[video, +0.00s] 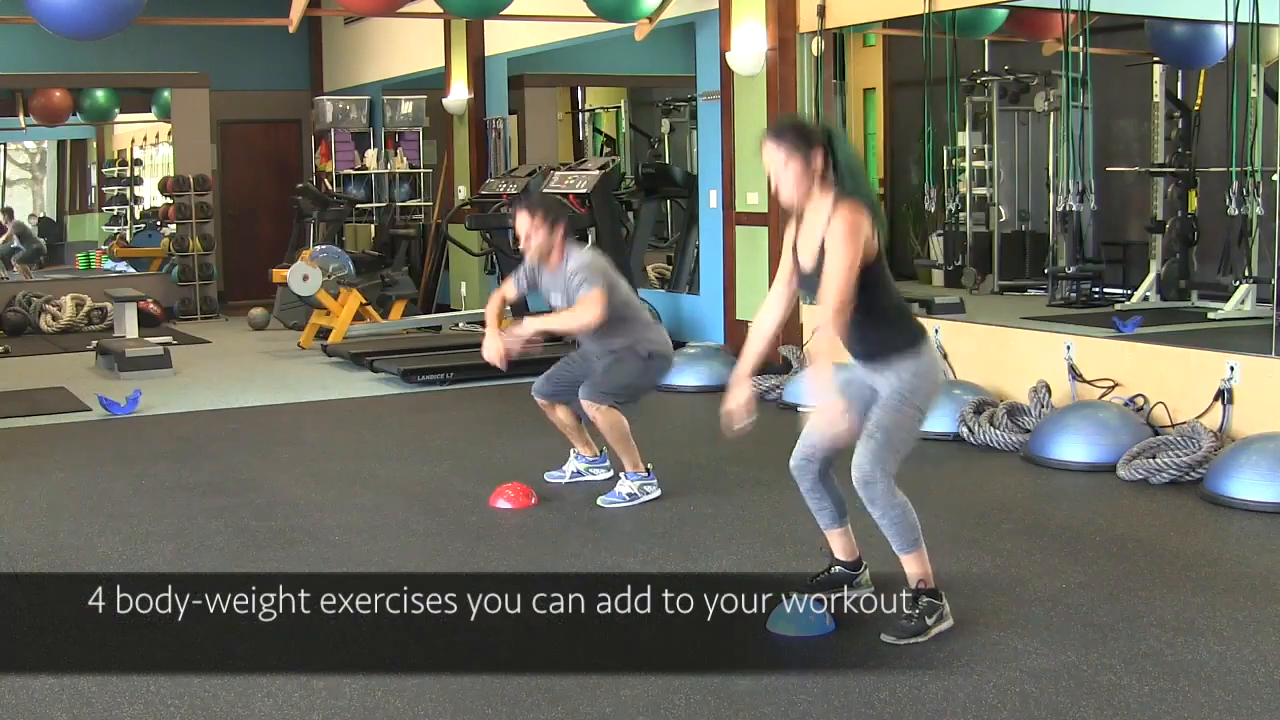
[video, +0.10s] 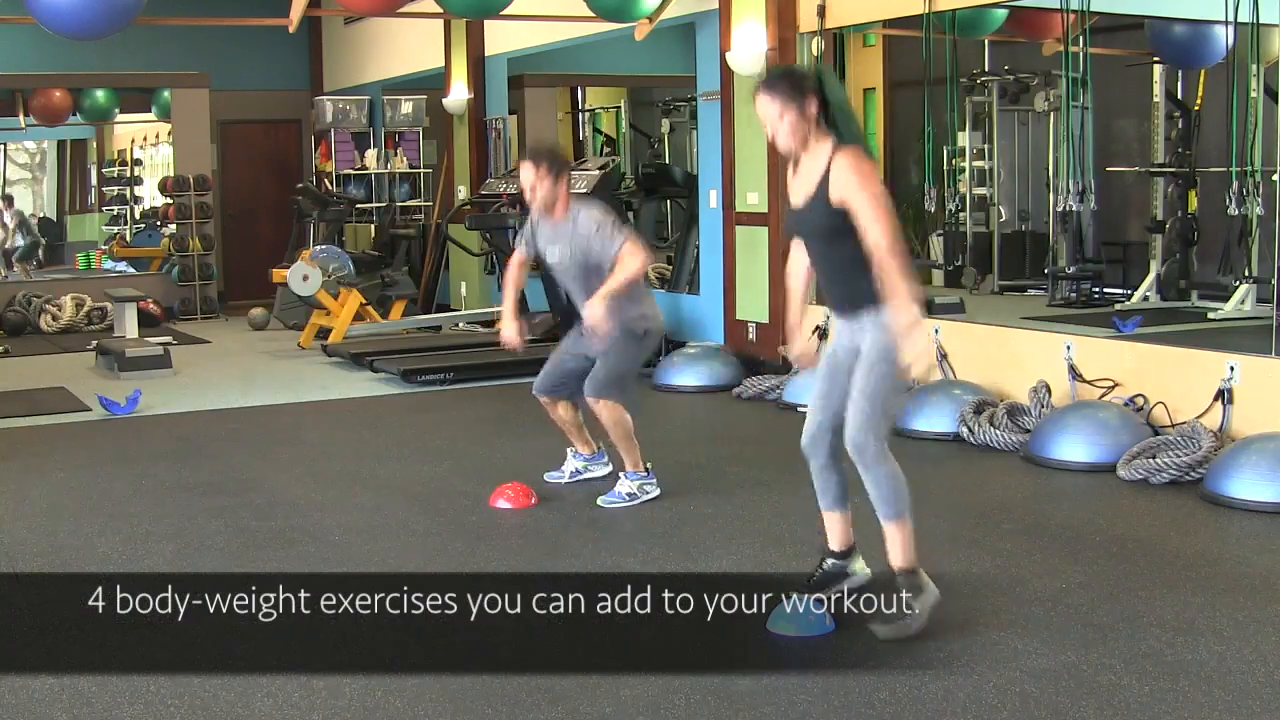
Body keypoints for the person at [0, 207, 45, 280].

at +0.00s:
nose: (1, 218)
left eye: (1, 216)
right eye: (1, 216)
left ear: (6, 216)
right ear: (8, 216)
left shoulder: (15, 225)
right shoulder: (14, 225)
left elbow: (4, 239)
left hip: (35, 247)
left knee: (18, 261)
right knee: (14, 260)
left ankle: (29, 279)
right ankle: (29, 279)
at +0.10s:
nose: (1, 205)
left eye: (2, 202)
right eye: (1, 203)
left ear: (7, 203)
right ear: (8, 203)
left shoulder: (16, 213)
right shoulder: (12, 214)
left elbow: (12, 229)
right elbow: (11, 229)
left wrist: (9, 243)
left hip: (32, 241)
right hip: (25, 241)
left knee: (17, 259)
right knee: (17, 259)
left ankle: (29, 278)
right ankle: (29, 278)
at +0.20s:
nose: (1, 194)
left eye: (3, 191)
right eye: (1, 191)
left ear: (8, 190)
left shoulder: (17, 199)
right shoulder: (8, 202)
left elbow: (24, 210)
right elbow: (8, 215)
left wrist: (24, 226)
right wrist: (11, 226)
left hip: (27, 229)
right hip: (19, 229)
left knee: (17, 253)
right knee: (20, 254)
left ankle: (26, 275)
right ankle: (26, 275)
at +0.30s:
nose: (2, 188)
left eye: (3, 186)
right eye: (2, 186)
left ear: (8, 184)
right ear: (8, 184)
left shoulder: (18, 192)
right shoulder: (11, 194)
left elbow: (29, 206)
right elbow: (17, 211)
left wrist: (33, 217)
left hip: (25, 223)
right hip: (22, 222)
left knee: (16, 249)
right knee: (24, 251)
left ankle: (19, 273)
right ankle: (28, 274)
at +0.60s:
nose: (8, 188)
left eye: (9, 185)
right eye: (7, 185)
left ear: (15, 184)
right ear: (14, 185)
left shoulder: (21, 193)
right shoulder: (19, 194)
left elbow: (28, 202)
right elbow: (21, 210)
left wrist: (26, 214)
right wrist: (8, 208)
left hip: (28, 227)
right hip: (27, 227)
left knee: (12, 250)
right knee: (25, 255)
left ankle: (16, 275)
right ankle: (31, 278)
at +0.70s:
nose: (9, 186)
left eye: (10, 183)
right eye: (8, 183)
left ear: (15, 182)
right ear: (15, 182)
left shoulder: (23, 192)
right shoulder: (19, 193)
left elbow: (23, 204)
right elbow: (17, 204)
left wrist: (11, 213)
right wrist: (6, 201)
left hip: (30, 225)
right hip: (29, 224)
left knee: (17, 249)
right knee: (26, 251)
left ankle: (28, 271)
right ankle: (30, 272)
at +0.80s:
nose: (9, 189)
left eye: (10, 186)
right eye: (8, 187)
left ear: (16, 186)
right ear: (15, 187)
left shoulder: (22, 197)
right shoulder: (21, 196)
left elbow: (16, 209)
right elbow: (16, 208)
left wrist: (4, 208)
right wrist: (7, 203)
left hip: (32, 227)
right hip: (31, 226)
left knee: (24, 253)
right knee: (26, 253)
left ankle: (31, 276)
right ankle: (33, 275)